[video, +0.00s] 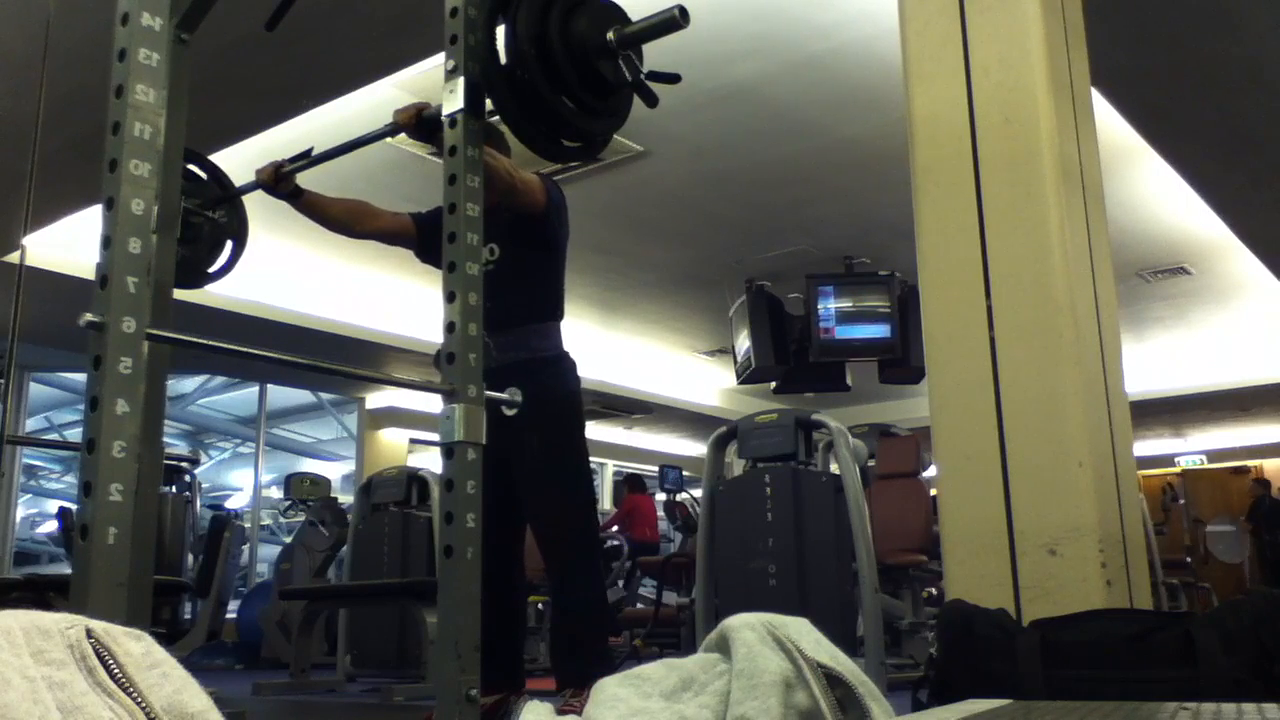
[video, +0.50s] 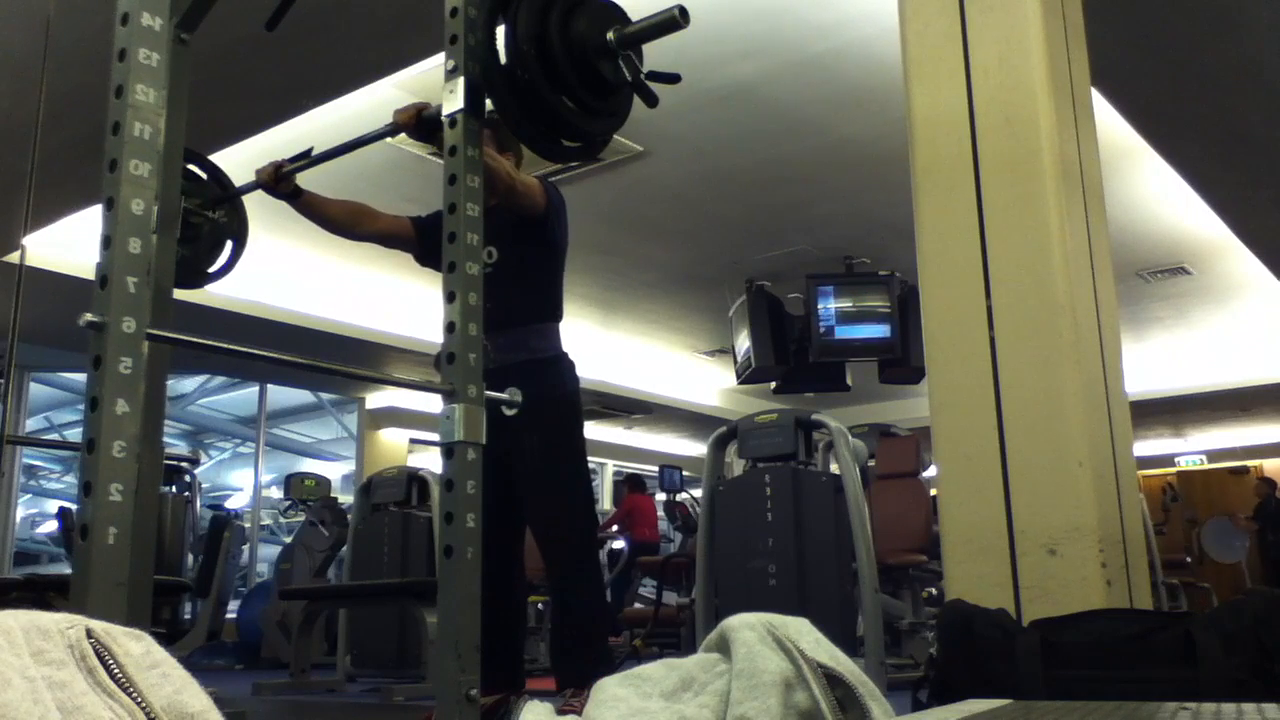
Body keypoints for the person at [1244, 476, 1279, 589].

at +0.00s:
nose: (1250, 489)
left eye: (1253, 486)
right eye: (1251, 485)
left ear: (1260, 488)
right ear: (1266, 488)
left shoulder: (1257, 503)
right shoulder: (1275, 502)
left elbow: (1248, 526)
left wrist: (1241, 523)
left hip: (1262, 545)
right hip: (1276, 544)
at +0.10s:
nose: (1250, 488)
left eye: (1253, 485)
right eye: (1252, 485)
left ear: (1261, 488)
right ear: (1267, 488)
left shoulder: (1258, 503)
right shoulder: (1275, 502)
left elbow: (1247, 526)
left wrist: (1236, 520)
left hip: (1261, 545)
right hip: (1276, 543)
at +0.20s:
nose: (1251, 488)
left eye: (1254, 485)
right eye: (1252, 485)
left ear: (1261, 488)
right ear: (1267, 489)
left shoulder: (1258, 503)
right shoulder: (1276, 502)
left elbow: (1247, 527)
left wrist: (1237, 521)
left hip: (1263, 547)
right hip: (1276, 545)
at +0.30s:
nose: (1252, 488)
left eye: (1255, 485)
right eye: (1253, 485)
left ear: (1263, 488)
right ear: (1269, 489)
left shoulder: (1259, 504)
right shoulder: (1276, 502)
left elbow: (1249, 525)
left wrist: (1236, 520)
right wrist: (1239, 519)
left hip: (1264, 547)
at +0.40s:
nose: (1253, 488)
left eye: (1256, 485)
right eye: (1254, 485)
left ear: (1264, 489)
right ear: (1268, 489)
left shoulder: (1260, 505)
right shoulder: (1276, 502)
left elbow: (1251, 525)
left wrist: (1237, 522)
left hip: (1265, 550)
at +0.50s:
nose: (1255, 487)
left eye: (1259, 485)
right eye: (1256, 484)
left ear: (1266, 489)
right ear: (1268, 489)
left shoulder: (1264, 505)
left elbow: (1255, 524)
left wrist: (1240, 522)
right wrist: (1244, 520)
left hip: (1268, 550)